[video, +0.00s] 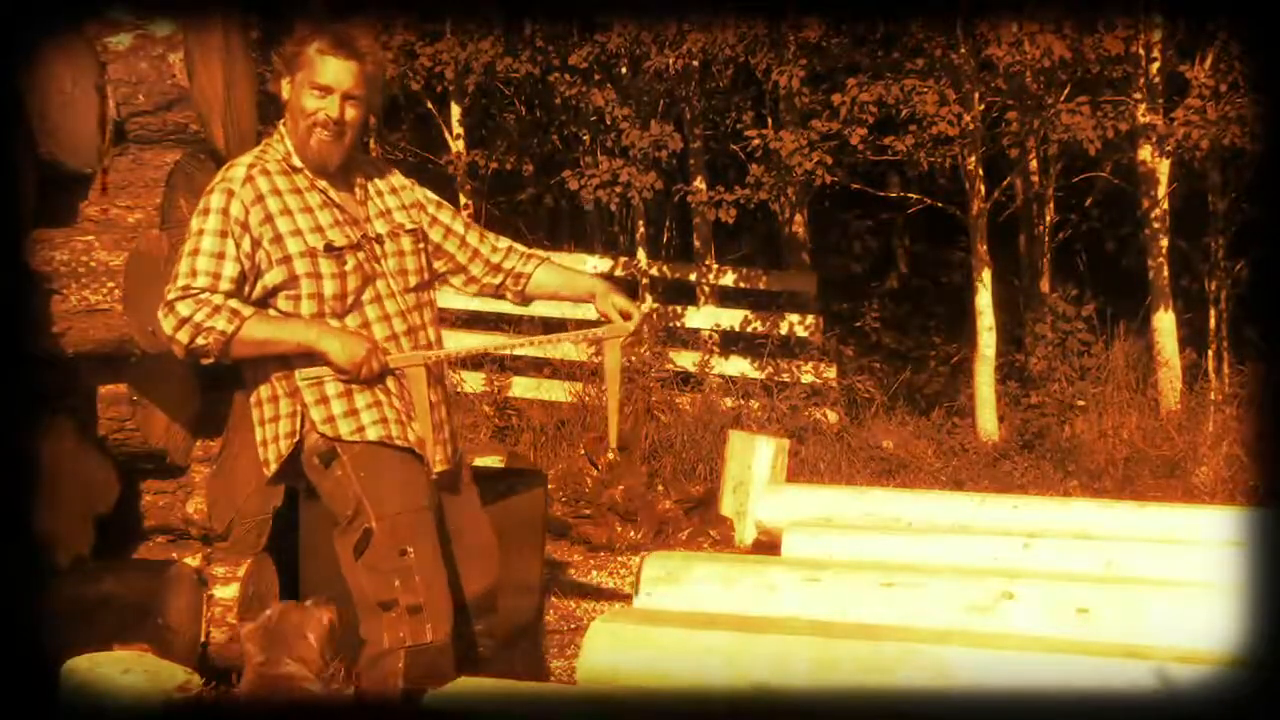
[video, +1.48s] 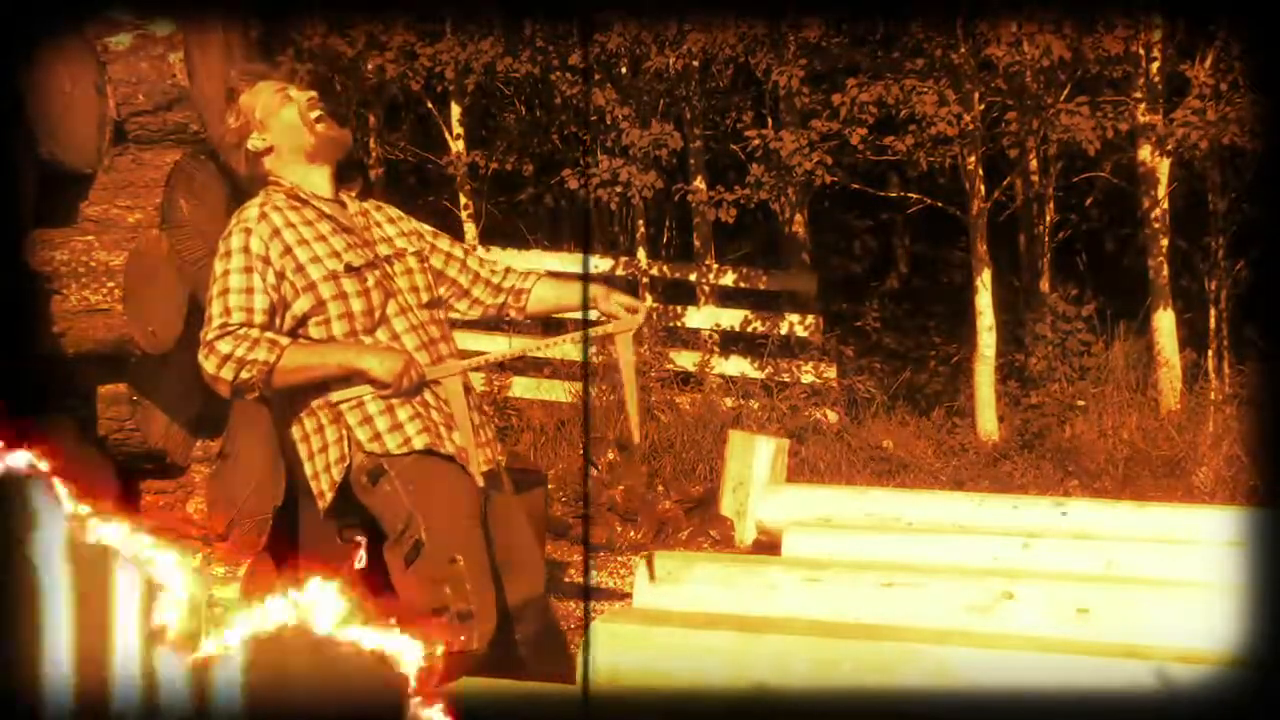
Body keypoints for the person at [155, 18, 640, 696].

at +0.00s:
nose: (335, 112)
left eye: (353, 99)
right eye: (320, 93)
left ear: (371, 111)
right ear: (287, 93)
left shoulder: (391, 189)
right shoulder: (244, 187)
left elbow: (491, 259)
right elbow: (190, 313)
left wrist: (593, 285)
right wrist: (315, 335)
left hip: (427, 426)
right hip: (342, 426)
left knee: (481, 599)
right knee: (413, 624)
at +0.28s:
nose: (329, 113)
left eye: (346, 100)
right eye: (314, 93)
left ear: (365, 112)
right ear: (279, 94)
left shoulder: (383, 189)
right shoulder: (238, 189)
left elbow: (490, 255)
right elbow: (188, 318)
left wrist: (595, 280)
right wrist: (313, 334)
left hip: (422, 425)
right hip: (338, 425)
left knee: (483, 603)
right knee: (415, 626)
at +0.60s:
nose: (327, 70)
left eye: (330, 61)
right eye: (301, 61)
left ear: (345, 88)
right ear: (261, 98)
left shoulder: (379, 193)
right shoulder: (243, 190)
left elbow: (475, 270)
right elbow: (197, 320)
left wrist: (571, 288)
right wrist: (329, 336)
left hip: (428, 420)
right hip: (346, 421)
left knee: (484, 607)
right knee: (421, 625)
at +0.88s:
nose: (313, 79)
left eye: (310, 73)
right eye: (287, 73)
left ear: (325, 103)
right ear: (250, 113)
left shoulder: (374, 203)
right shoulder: (248, 204)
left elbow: (484, 274)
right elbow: (212, 337)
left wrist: (592, 291)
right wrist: (347, 344)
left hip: (442, 423)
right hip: (359, 429)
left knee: (509, 606)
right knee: (441, 624)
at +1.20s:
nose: (316, 91)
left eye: (313, 83)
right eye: (290, 87)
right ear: (258, 131)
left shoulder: (380, 211)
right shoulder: (257, 218)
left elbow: (483, 283)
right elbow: (225, 349)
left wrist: (573, 295)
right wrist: (354, 354)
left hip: (453, 427)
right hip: (374, 434)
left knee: (523, 616)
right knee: (457, 622)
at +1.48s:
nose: (313, 99)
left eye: (311, 94)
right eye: (289, 96)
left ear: (327, 122)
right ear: (257, 141)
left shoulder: (380, 218)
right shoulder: (257, 226)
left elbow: (490, 283)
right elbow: (228, 353)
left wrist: (590, 292)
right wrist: (354, 356)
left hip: (461, 433)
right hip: (380, 441)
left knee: (527, 616)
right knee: (458, 622)